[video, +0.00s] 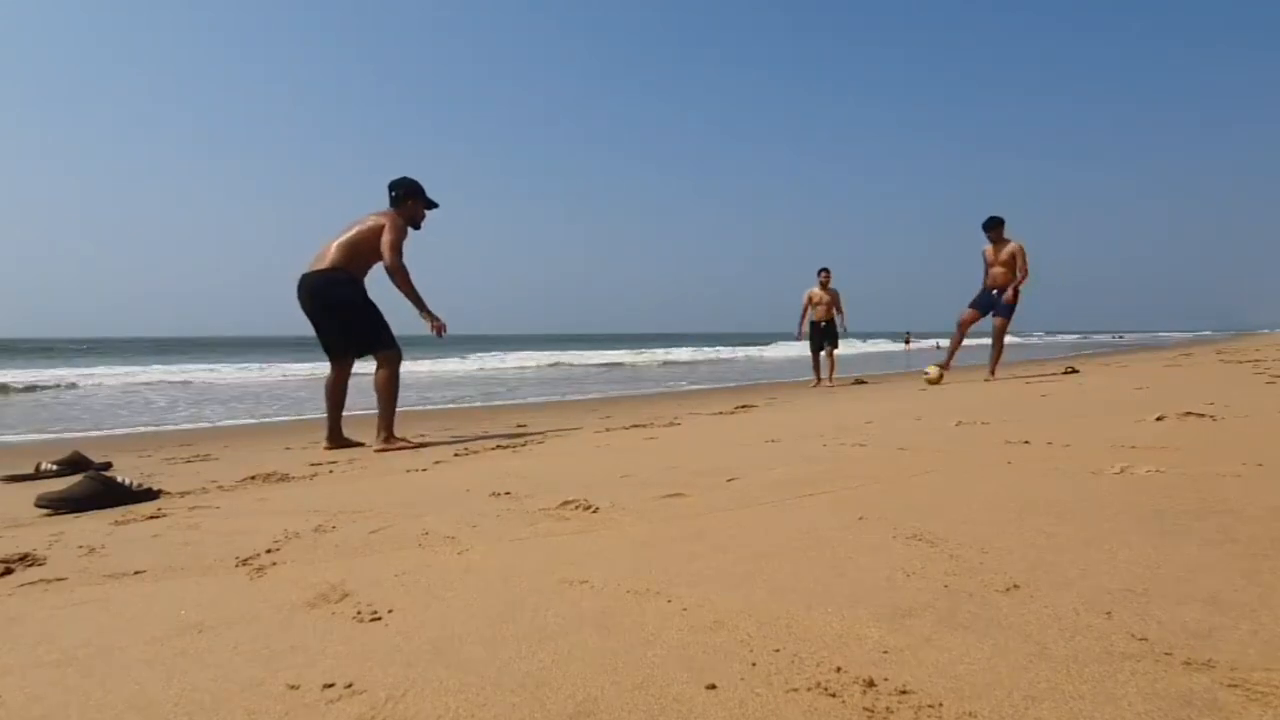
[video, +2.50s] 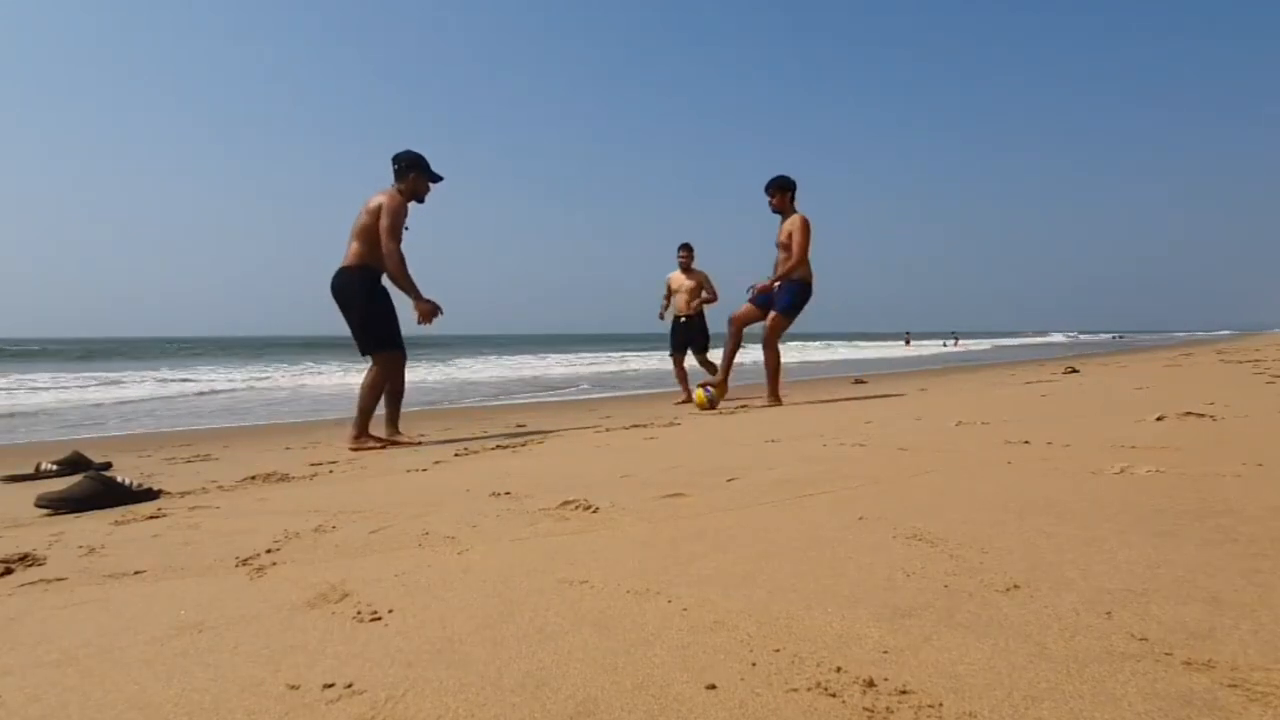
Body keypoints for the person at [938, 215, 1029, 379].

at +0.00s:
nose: (988, 236)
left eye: (991, 232)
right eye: (986, 233)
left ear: (1000, 230)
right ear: (985, 233)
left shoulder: (1015, 248)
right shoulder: (987, 251)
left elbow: (1022, 273)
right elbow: (987, 274)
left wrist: (1012, 288)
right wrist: (982, 293)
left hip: (1006, 292)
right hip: (989, 291)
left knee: (998, 330)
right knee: (963, 322)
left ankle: (991, 372)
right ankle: (946, 363)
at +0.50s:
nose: (978, 230)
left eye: (981, 226)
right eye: (976, 226)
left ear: (991, 224)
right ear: (974, 227)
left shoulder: (1006, 240)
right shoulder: (975, 246)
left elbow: (1017, 262)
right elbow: (974, 271)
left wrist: (1006, 275)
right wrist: (973, 291)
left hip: (1004, 288)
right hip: (983, 289)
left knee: (1008, 331)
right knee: (984, 329)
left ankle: (999, 360)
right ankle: (991, 368)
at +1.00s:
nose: (978, 222)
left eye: (982, 219)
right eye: (976, 219)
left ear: (992, 218)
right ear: (975, 219)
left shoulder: (1006, 239)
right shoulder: (970, 241)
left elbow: (1019, 266)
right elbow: (963, 266)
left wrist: (1031, 290)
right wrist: (951, 288)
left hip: (997, 286)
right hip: (975, 287)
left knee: (995, 329)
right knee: (976, 335)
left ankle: (993, 372)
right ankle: (988, 367)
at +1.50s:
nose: (938, 214)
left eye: (942, 210)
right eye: (936, 211)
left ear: (954, 211)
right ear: (936, 213)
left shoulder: (968, 233)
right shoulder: (939, 238)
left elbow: (987, 260)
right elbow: (939, 271)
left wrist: (984, 281)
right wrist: (922, 288)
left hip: (970, 287)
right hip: (949, 288)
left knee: (967, 336)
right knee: (950, 333)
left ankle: (995, 356)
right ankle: (975, 377)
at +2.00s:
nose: (858, 191)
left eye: (863, 186)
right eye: (857, 187)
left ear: (876, 188)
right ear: (858, 190)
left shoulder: (885, 212)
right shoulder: (866, 215)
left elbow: (894, 246)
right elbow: (868, 248)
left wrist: (871, 272)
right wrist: (862, 271)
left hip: (884, 272)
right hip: (866, 273)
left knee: (874, 326)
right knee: (856, 324)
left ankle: (910, 369)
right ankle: (858, 382)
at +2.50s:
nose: (770, 202)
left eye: (773, 197)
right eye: (769, 197)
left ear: (788, 196)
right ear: (779, 198)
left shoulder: (798, 221)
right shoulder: (786, 223)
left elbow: (799, 259)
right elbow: (786, 262)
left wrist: (772, 282)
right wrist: (768, 285)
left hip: (795, 287)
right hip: (779, 286)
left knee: (769, 338)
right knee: (736, 320)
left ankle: (773, 397)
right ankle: (722, 381)